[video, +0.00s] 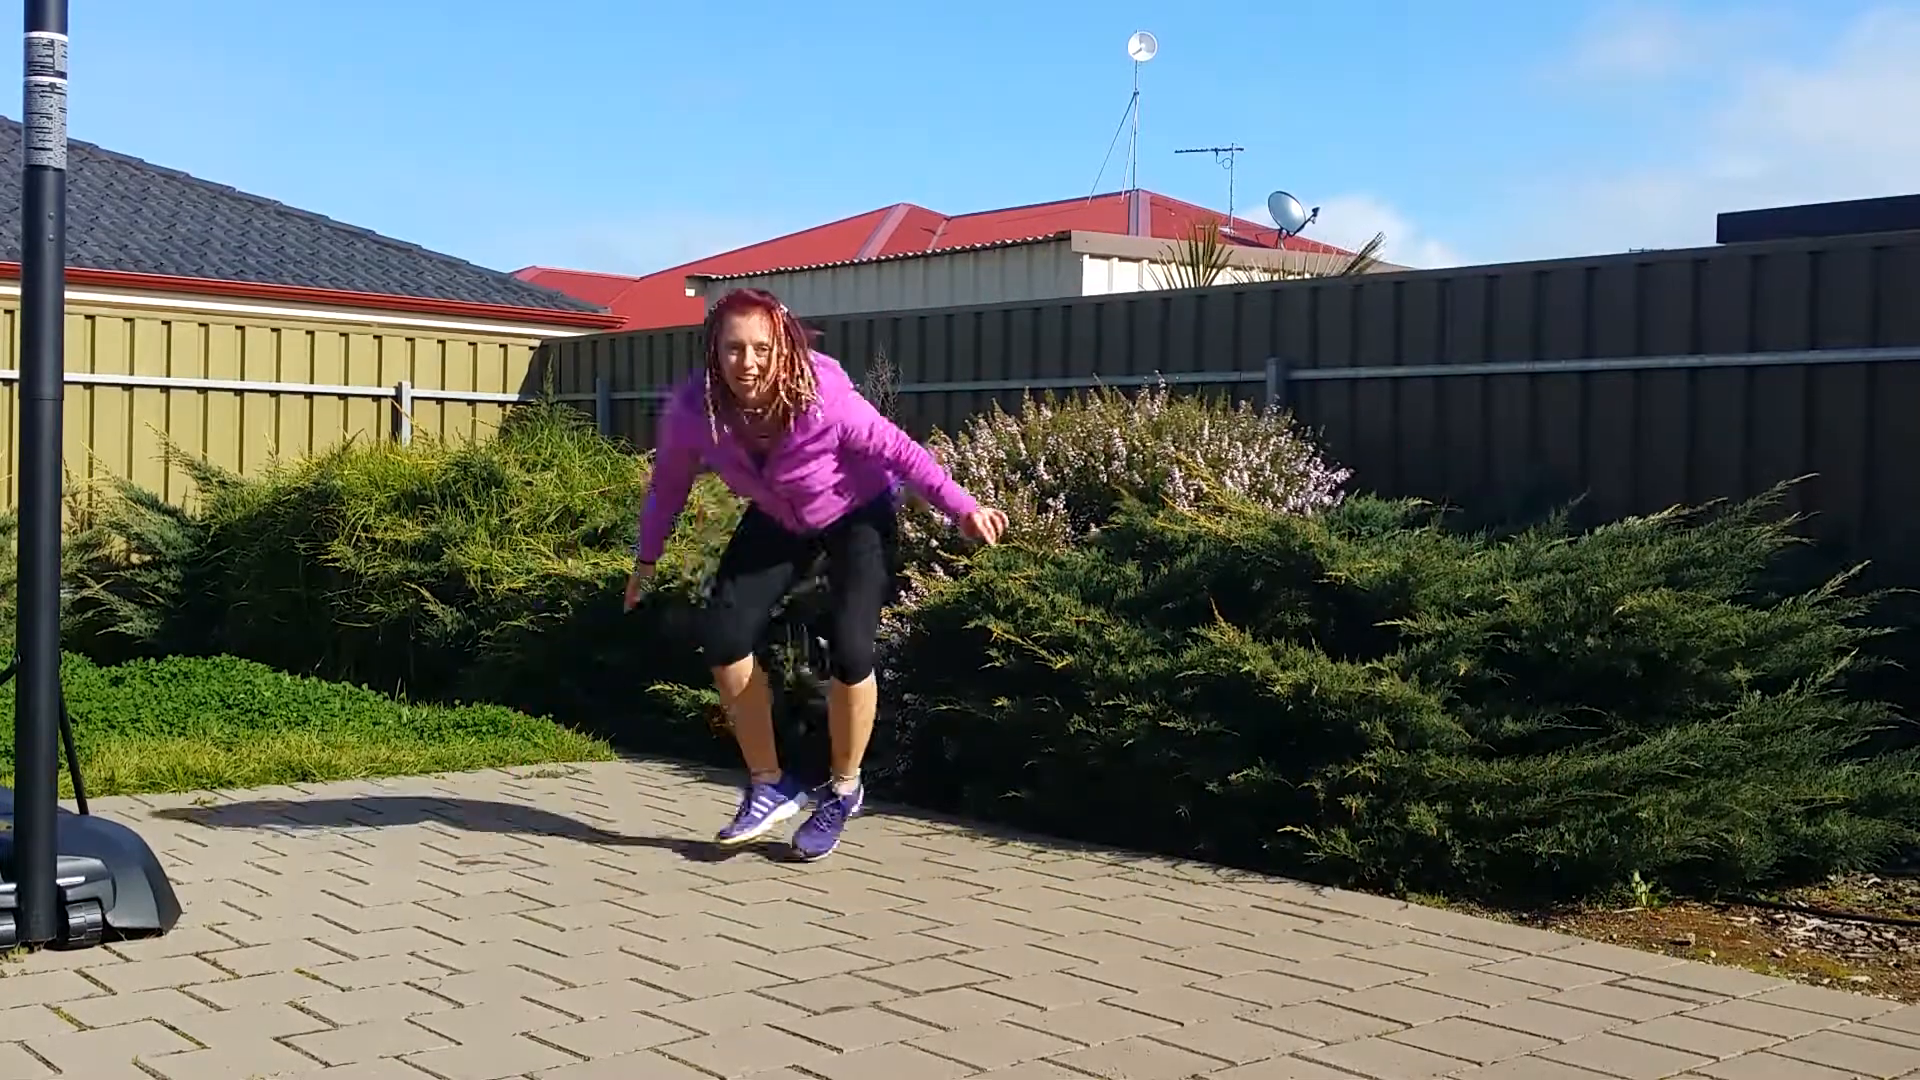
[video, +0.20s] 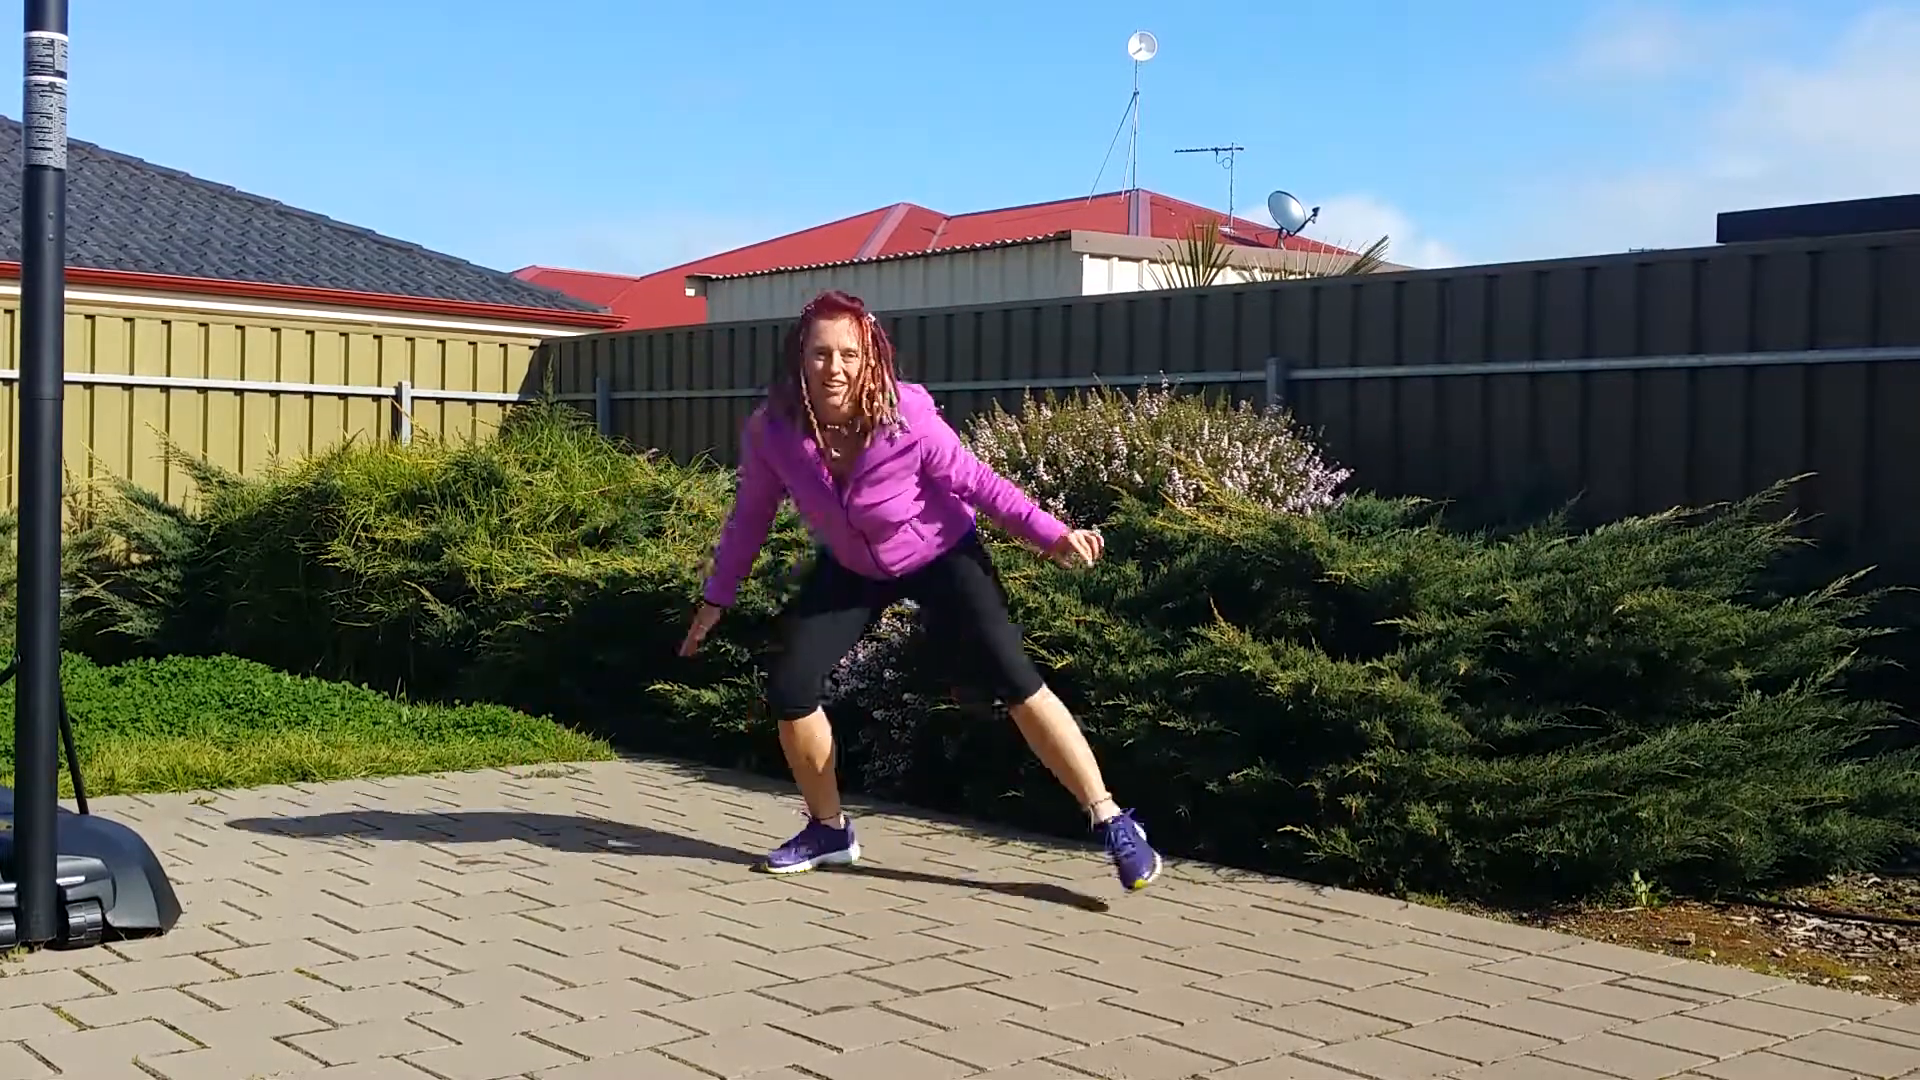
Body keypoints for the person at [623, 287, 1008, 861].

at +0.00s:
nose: (747, 363)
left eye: (761, 349)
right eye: (733, 349)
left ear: (783, 351)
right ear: (713, 353)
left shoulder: (822, 389)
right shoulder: (692, 410)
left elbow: (895, 448)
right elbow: (666, 488)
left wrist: (964, 507)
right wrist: (644, 559)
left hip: (855, 510)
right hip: (775, 515)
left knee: (850, 652)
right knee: (725, 640)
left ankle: (844, 789)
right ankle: (768, 786)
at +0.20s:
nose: (834, 366)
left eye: (847, 353)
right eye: (820, 353)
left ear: (870, 360)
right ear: (800, 359)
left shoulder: (906, 411)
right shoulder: (772, 430)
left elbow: (974, 479)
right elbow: (748, 519)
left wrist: (1049, 532)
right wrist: (716, 599)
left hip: (940, 556)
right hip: (850, 566)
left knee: (1013, 677)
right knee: (791, 689)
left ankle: (1109, 818)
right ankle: (829, 829)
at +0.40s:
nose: (976, 338)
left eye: (990, 324)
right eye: (962, 325)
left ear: (1018, 334)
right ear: (943, 339)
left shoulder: (1064, 397)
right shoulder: (924, 413)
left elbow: (1132, 477)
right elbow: (906, 493)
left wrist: (1208, 542)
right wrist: (861, 563)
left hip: (1092, 562)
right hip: (989, 566)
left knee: (1145, 696)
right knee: (912, 694)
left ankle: (1185, 863)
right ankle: (845, 819)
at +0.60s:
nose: (1096, 304)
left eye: (1110, 288)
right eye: (1080, 291)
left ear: (1135, 293)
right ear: (1057, 300)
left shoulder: (1183, 353)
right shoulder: (1039, 372)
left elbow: (1254, 429)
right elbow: (1021, 444)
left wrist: (1314, 495)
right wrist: (1006, 502)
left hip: (1226, 505)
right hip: (1128, 522)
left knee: (1280, 657)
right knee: (1097, 670)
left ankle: (1320, 828)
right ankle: (1181, 827)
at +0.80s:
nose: (1224, 407)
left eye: (1237, 392)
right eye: (1206, 393)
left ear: (1259, 395)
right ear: (1176, 401)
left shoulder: (1299, 445)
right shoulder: (1150, 476)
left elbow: (1373, 548)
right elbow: (1111, 543)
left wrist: (1432, 656)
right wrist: (1090, 603)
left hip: (1347, 581)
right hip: (1251, 606)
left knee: (1489, 687)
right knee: (1227, 730)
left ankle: (1640, 833)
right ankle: (1324, 897)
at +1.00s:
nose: (1350, 541)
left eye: (1365, 523)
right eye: (1333, 525)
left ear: (1393, 523)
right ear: (1308, 527)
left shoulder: (1444, 587)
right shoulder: (1293, 554)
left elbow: (1489, 735)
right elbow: (1255, 600)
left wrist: (1519, 872)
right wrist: (1237, 667)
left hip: (1501, 623)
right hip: (1394, 639)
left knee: (1596, 769)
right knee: (1284, 723)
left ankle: (1714, 930)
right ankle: (1328, 897)